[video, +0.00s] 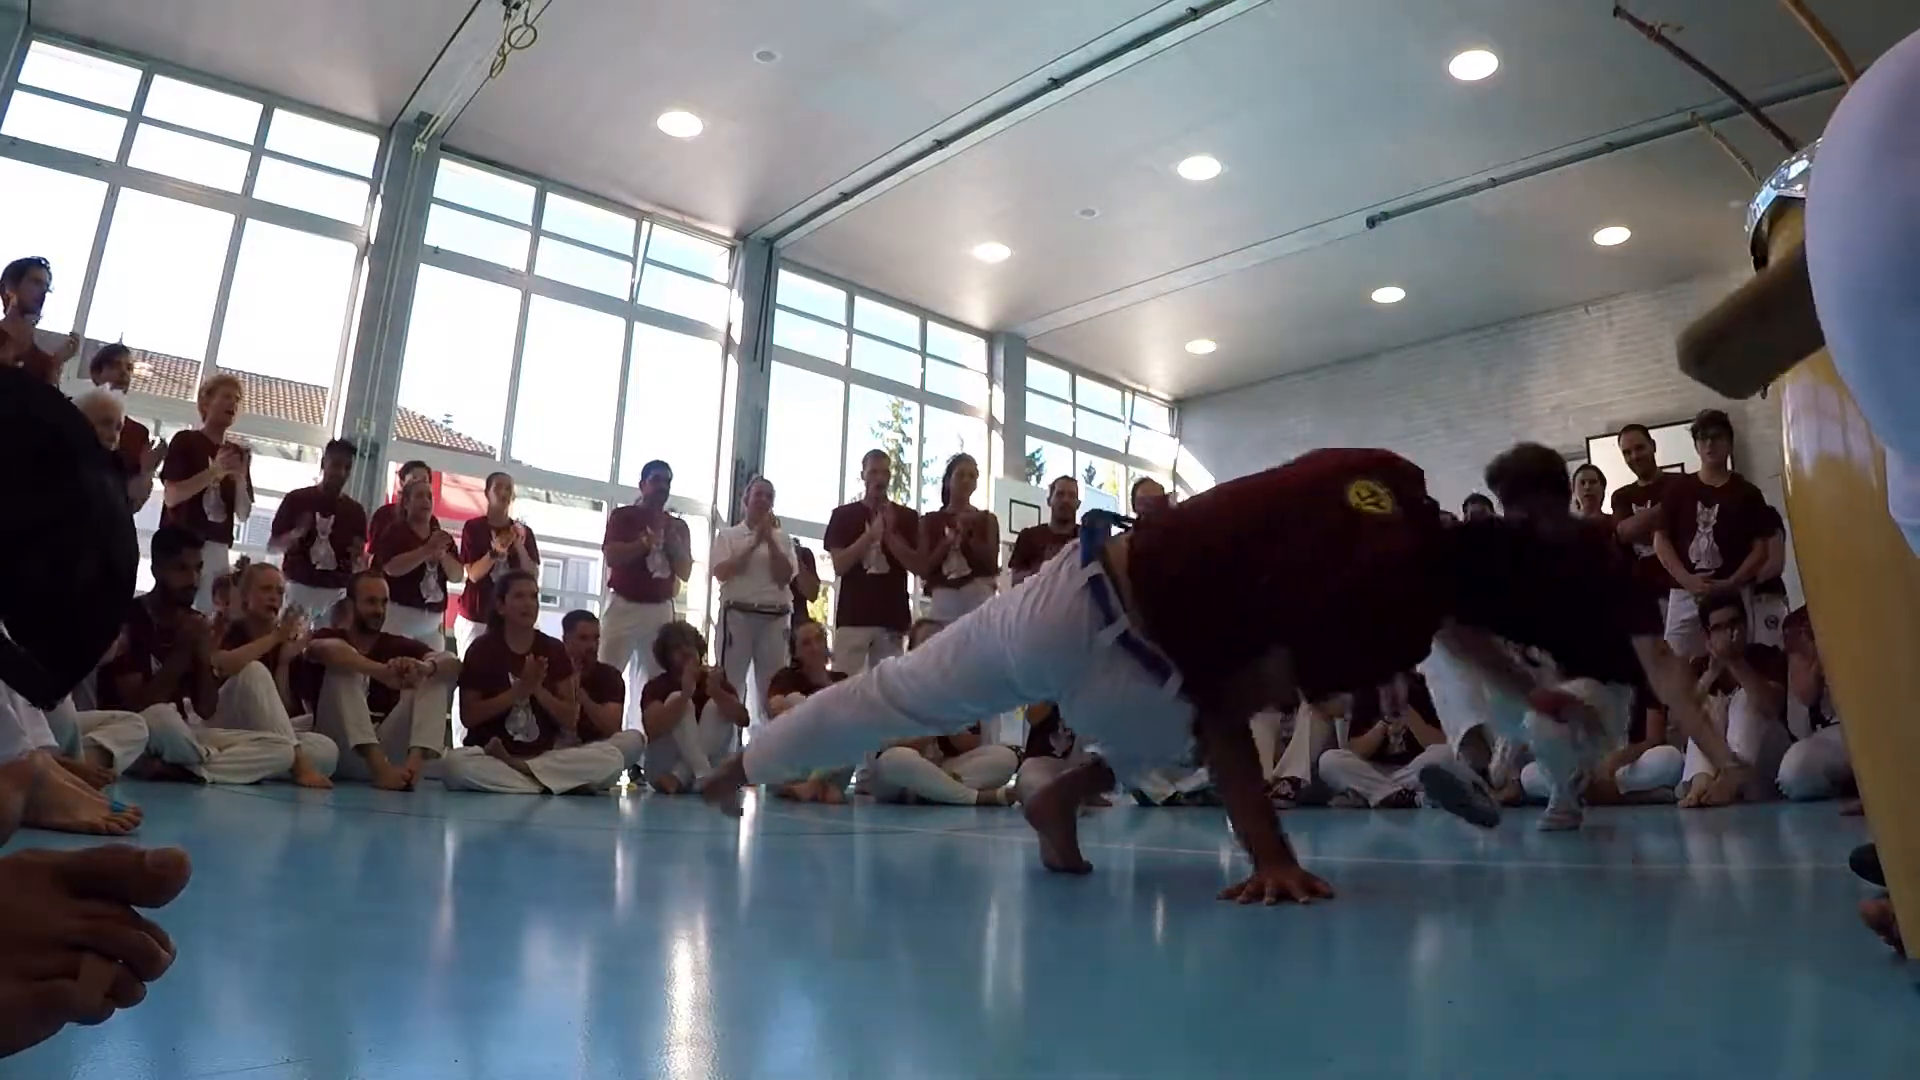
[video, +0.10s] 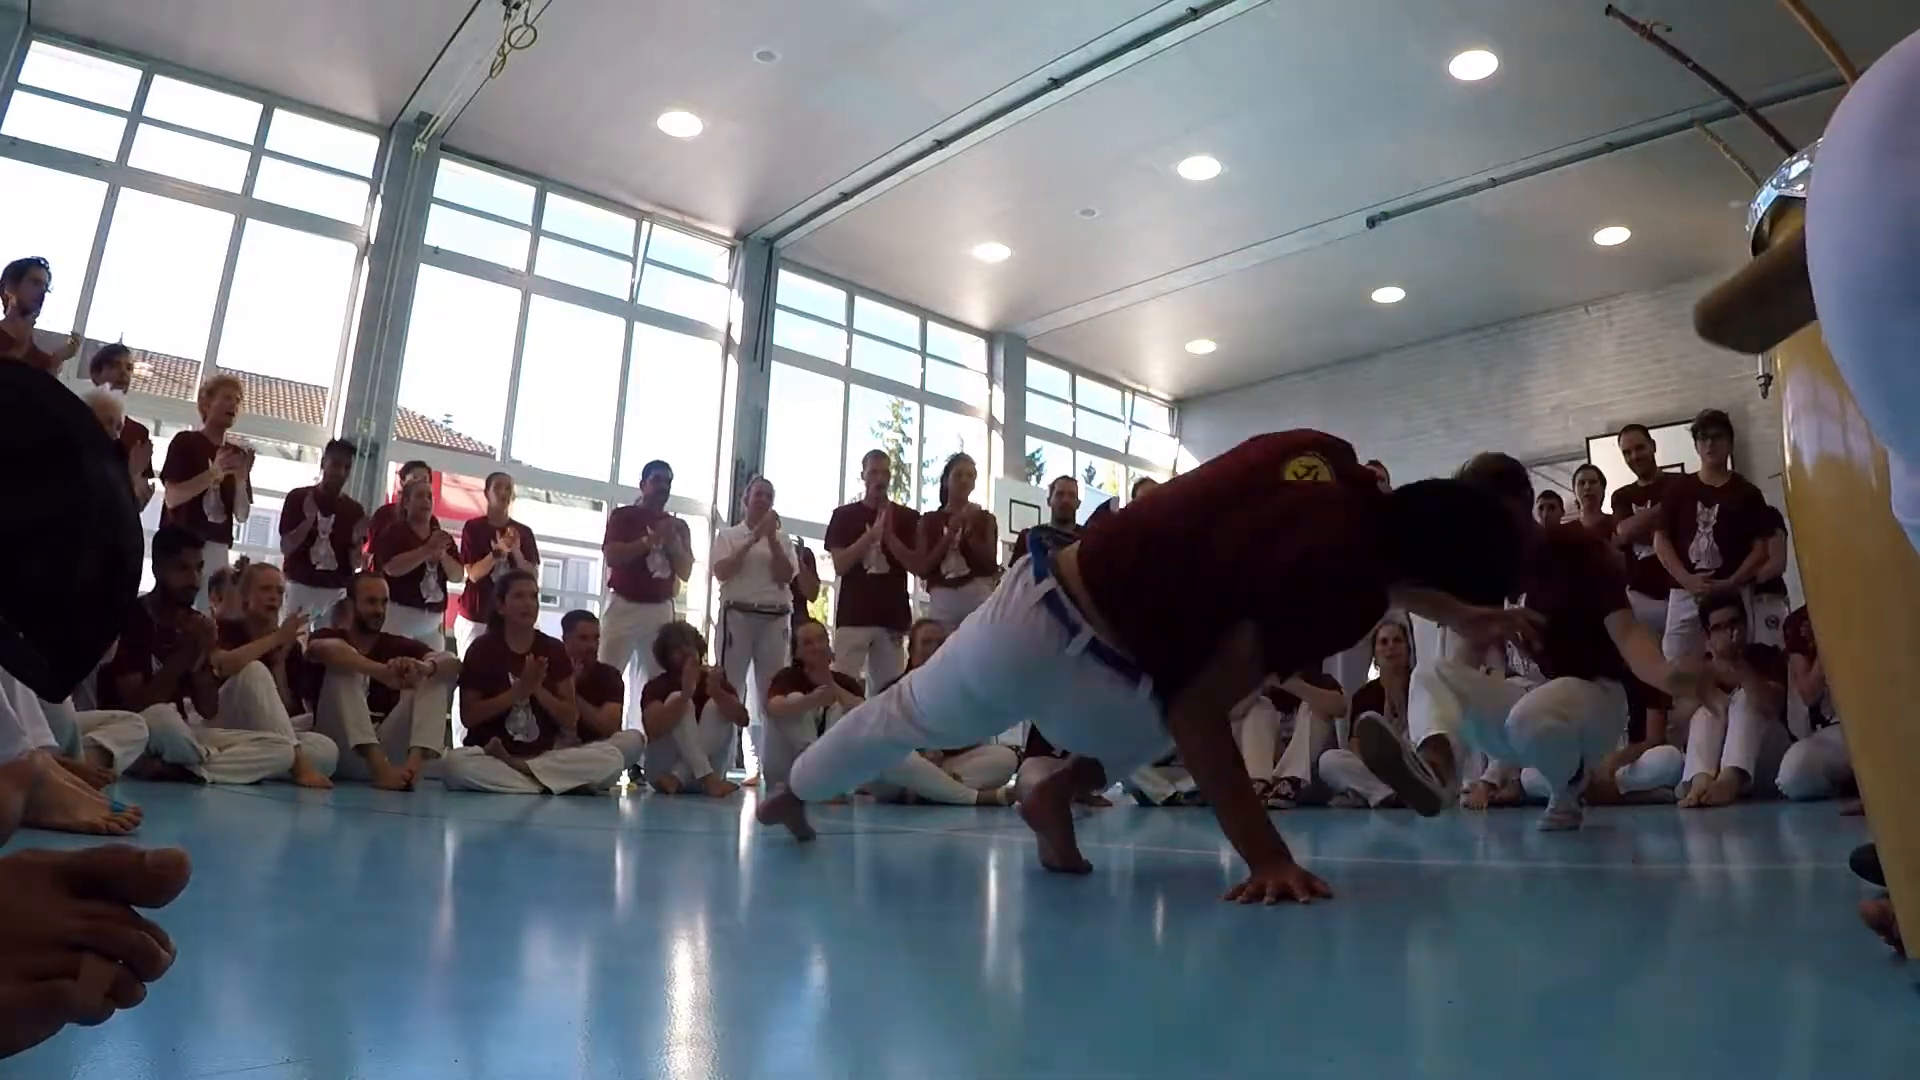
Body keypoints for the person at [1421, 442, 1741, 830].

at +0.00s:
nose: (1527, 523)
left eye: (1536, 511)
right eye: (1516, 512)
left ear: (1562, 501)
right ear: (1502, 509)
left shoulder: (1605, 554)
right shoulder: (1487, 546)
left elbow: (1659, 660)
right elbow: (1453, 630)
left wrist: (1724, 762)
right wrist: (1534, 694)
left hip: (1602, 683)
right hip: (1521, 680)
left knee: (1545, 720)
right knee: (1443, 645)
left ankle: (1564, 800)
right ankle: (1478, 772)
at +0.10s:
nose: (1498, 529)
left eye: (1505, 515)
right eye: (1486, 518)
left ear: (1525, 504)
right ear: (1474, 518)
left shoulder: (1578, 549)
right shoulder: (1488, 564)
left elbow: (1625, 629)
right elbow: (1464, 660)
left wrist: (1665, 675)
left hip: (1598, 696)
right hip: (1531, 696)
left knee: (1529, 721)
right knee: (1436, 675)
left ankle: (1565, 792)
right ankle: (1438, 768)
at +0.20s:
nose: (1464, 531)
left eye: (1470, 517)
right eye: (1453, 522)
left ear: (1490, 514)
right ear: (1442, 529)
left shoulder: (1539, 551)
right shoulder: (1454, 588)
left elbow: (1605, 582)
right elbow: (1454, 685)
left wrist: (1574, 534)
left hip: (1580, 694)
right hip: (1504, 705)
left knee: (1513, 717)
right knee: (1433, 716)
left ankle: (1569, 785)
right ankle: (1395, 774)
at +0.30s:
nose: (1415, 555)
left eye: (1418, 538)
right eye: (1402, 553)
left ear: (1448, 525)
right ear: (1399, 565)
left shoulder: (1502, 545)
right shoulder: (1436, 616)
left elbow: (1522, 487)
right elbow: (1440, 701)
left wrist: (1443, 441)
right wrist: (1422, 797)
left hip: (1557, 681)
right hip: (1490, 707)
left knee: (1501, 727)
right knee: (1424, 722)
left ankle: (1562, 783)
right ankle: (1367, 775)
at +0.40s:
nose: (1375, 556)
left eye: (1377, 540)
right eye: (1365, 556)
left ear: (1404, 526)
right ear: (1366, 570)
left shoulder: (1452, 527)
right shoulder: (1416, 625)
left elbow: (1440, 436)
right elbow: (1430, 713)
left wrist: (1371, 451)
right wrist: (1419, 807)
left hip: (1534, 657)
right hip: (1471, 684)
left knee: (1489, 720)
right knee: (1388, 681)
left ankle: (1558, 780)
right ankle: (1334, 768)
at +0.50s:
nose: (1350, 569)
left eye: (1343, 554)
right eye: (1340, 569)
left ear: (1360, 527)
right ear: (1342, 577)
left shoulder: (1412, 511)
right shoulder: (1402, 597)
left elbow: (1379, 436)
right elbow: (1416, 698)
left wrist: (1339, 479)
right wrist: (1417, 802)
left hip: (1508, 609)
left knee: (1418, 658)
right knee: (1349, 641)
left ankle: (1521, 738)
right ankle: (1331, 757)